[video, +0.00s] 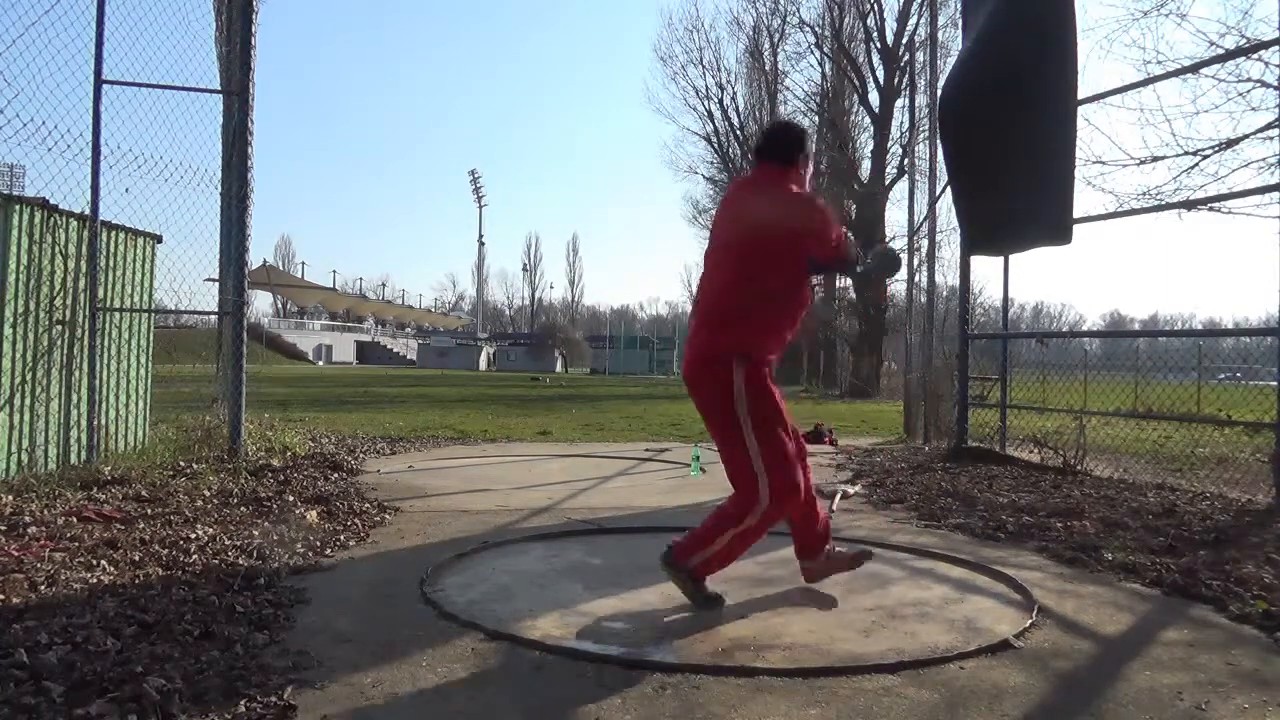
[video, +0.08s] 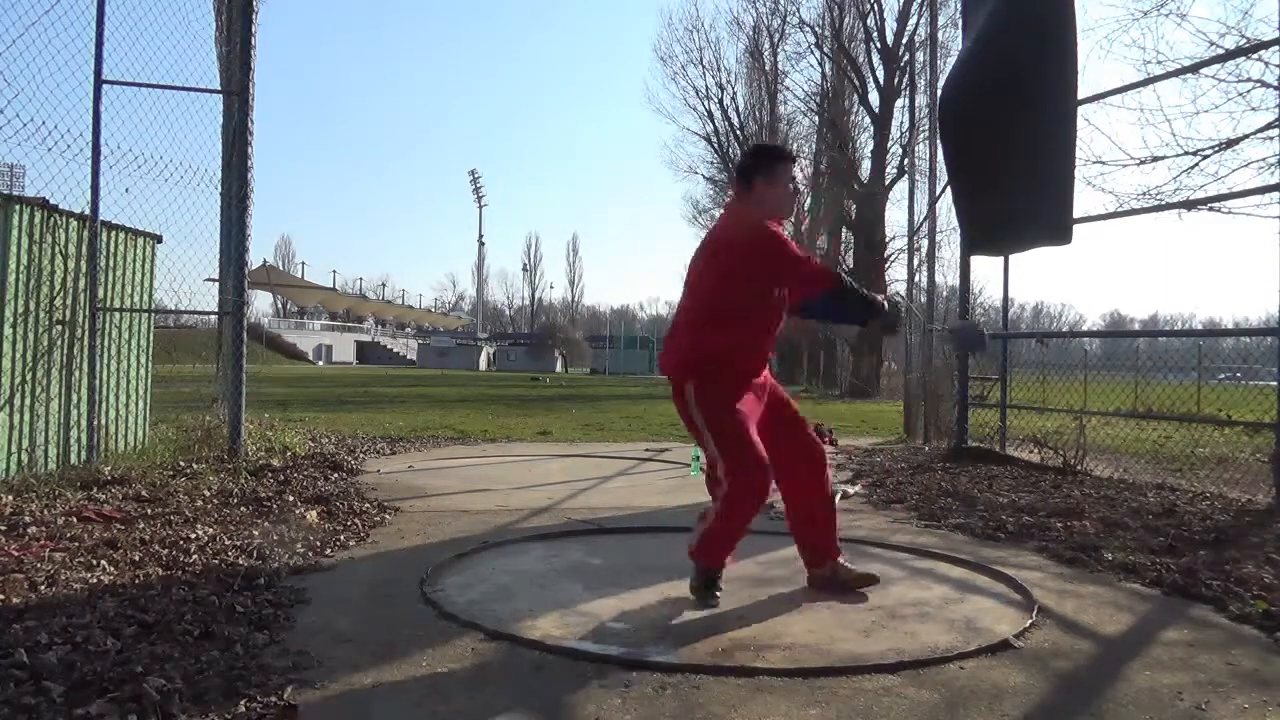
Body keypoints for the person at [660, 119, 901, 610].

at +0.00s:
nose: (809, 175)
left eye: (809, 168)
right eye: (809, 167)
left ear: (761, 157)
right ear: (800, 164)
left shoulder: (744, 197)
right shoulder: (794, 204)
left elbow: (795, 255)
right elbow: (840, 252)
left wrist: (850, 260)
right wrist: (861, 257)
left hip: (742, 358)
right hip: (728, 360)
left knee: (791, 458)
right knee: (771, 488)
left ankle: (815, 554)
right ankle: (686, 561)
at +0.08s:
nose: (795, 191)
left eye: (794, 182)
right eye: (786, 182)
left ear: (758, 188)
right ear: (753, 187)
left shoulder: (752, 234)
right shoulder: (750, 235)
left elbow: (800, 295)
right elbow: (815, 280)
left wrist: (864, 307)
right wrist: (872, 307)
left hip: (749, 374)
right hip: (704, 377)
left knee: (804, 455)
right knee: (749, 474)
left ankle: (823, 566)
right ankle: (708, 563)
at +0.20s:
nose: (743, 195)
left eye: (752, 186)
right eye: (733, 187)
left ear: (768, 193)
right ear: (723, 196)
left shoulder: (790, 249)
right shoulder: (712, 248)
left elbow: (814, 308)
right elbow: (766, 305)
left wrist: (838, 351)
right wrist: (829, 351)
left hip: (775, 378)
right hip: (715, 383)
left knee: (833, 458)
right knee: (715, 473)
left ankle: (829, 566)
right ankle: (714, 569)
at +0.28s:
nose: (729, 196)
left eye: (739, 188)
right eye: (728, 189)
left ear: (770, 195)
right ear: (729, 197)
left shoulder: (809, 243)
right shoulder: (721, 243)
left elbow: (804, 303)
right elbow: (725, 298)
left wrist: (768, 338)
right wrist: (737, 335)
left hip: (800, 378)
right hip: (740, 378)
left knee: (830, 466)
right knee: (711, 469)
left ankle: (846, 554)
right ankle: (714, 565)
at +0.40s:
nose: (757, 203)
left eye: (760, 193)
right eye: (759, 193)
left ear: (774, 190)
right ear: (797, 191)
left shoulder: (800, 227)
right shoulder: (785, 232)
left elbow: (734, 259)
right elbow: (730, 268)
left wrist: (661, 267)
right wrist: (665, 269)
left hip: (813, 363)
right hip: (783, 365)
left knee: (755, 454)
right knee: (718, 451)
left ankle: (837, 517)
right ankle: (709, 564)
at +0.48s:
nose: (758, 198)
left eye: (761, 189)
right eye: (761, 190)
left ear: (772, 189)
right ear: (808, 188)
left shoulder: (782, 224)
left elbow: (710, 244)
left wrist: (651, 228)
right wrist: (659, 230)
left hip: (789, 355)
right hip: (824, 359)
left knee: (705, 433)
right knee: (761, 454)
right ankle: (712, 562)